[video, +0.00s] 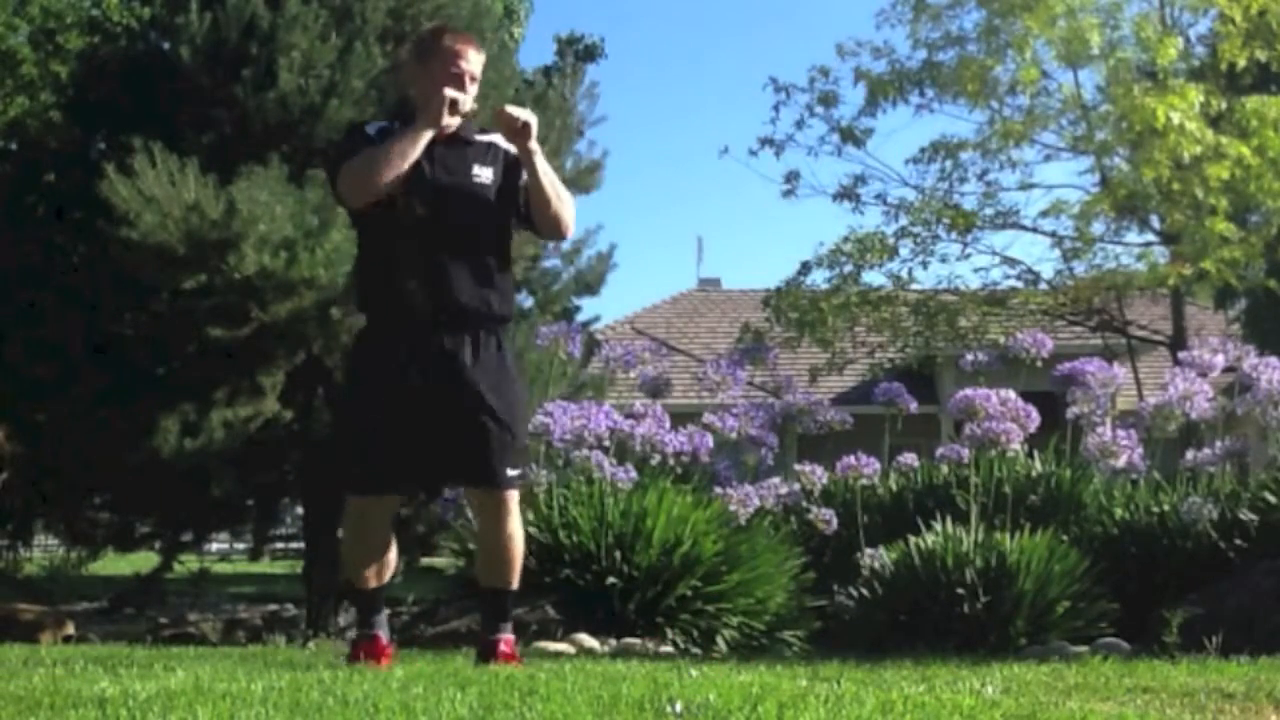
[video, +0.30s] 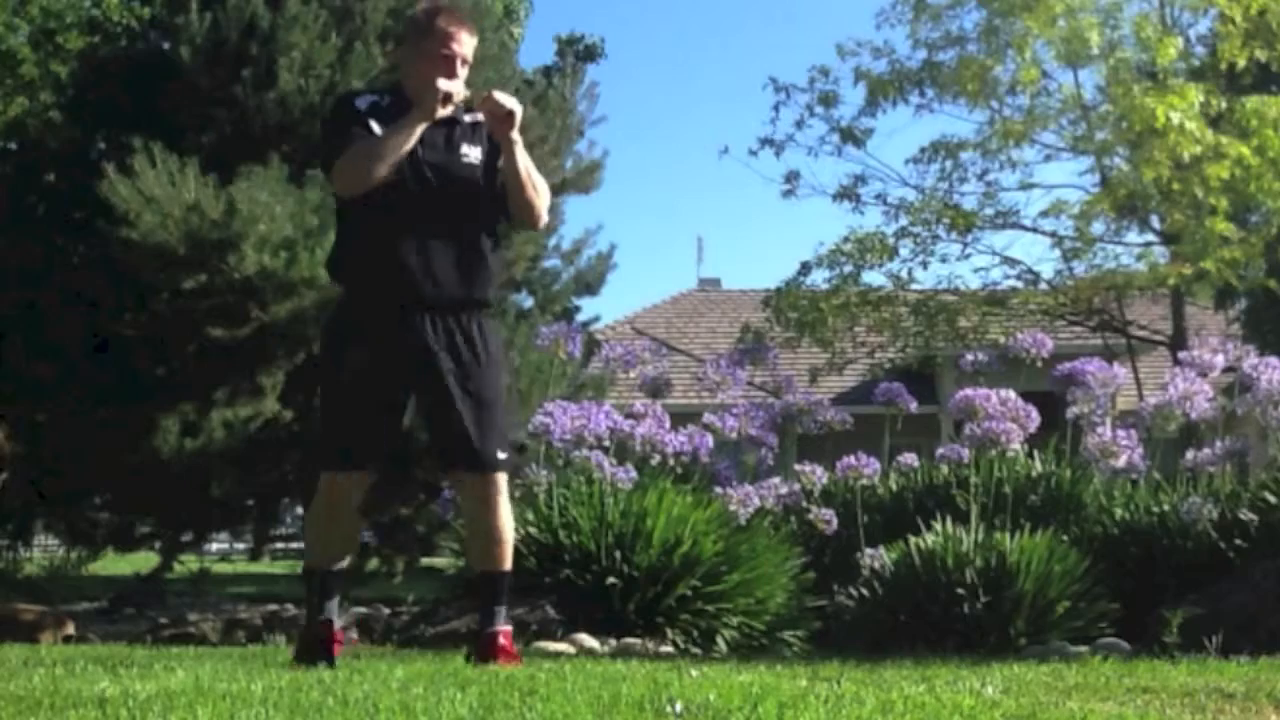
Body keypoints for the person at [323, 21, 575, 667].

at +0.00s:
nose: (462, 87)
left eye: (472, 80)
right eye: (451, 72)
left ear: (478, 92)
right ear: (412, 70)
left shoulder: (501, 156)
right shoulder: (373, 141)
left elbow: (560, 225)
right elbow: (355, 190)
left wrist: (532, 149)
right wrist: (427, 127)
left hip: (481, 348)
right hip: (392, 345)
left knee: (500, 497)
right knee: (369, 502)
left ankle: (498, 635)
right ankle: (372, 633)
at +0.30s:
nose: (452, 66)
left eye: (462, 60)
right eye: (440, 53)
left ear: (472, 69)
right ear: (402, 53)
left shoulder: (487, 132)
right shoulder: (362, 112)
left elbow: (537, 215)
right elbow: (347, 181)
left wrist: (510, 139)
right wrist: (425, 117)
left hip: (462, 323)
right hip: (373, 321)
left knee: (486, 474)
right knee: (345, 475)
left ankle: (496, 628)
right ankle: (320, 623)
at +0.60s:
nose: (447, 72)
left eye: (456, 65)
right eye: (434, 60)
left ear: (466, 74)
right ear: (396, 62)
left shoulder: (484, 139)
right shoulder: (358, 127)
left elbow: (535, 220)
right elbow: (346, 198)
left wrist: (506, 145)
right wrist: (421, 133)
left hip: (468, 336)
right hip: (374, 335)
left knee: (503, 479)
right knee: (341, 493)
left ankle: (499, 628)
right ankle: (310, 633)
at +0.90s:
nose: (483, 82)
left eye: (492, 75)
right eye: (470, 70)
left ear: (501, 88)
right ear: (432, 78)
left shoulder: (518, 158)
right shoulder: (392, 148)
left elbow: (572, 231)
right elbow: (378, 220)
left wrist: (535, 152)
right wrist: (449, 146)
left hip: (502, 356)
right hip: (412, 352)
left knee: (522, 502)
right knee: (370, 503)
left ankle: (510, 643)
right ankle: (336, 638)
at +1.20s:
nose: (465, 95)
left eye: (474, 87)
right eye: (452, 82)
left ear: (482, 98)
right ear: (414, 84)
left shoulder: (504, 167)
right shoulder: (376, 150)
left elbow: (554, 241)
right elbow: (370, 204)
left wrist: (522, 167)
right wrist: (441, 137)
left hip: (486, 359)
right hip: (395, 356)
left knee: (514, 497)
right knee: (370, 503)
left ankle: (507, 639)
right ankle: (349, 640)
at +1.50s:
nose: (453, 86)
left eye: (463, 78)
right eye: (442, 73)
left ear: (472, 87)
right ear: (406, 71)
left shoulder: (494, 151)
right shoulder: (367, 141)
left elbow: (551, 225)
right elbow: (349, 200)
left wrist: (514, 161)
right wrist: (422, 132)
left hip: (481, 344)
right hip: (390, 343)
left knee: (506, 492)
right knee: (369, 499)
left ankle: (502, 637)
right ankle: (348, 636)